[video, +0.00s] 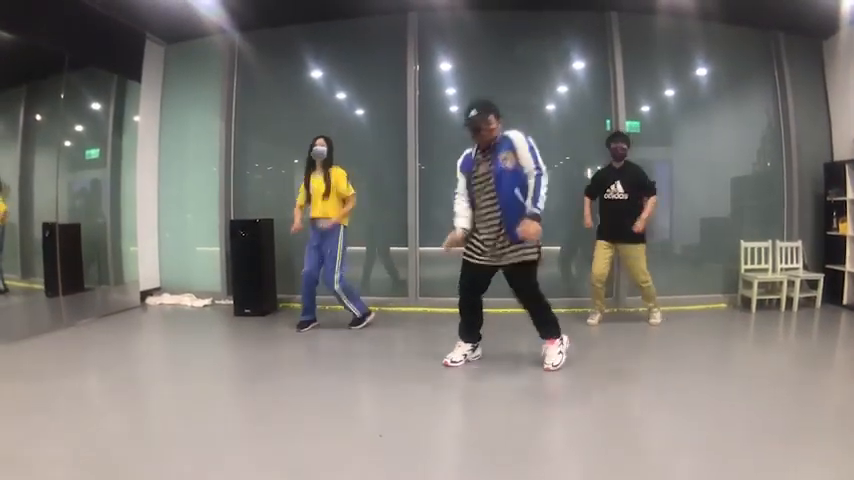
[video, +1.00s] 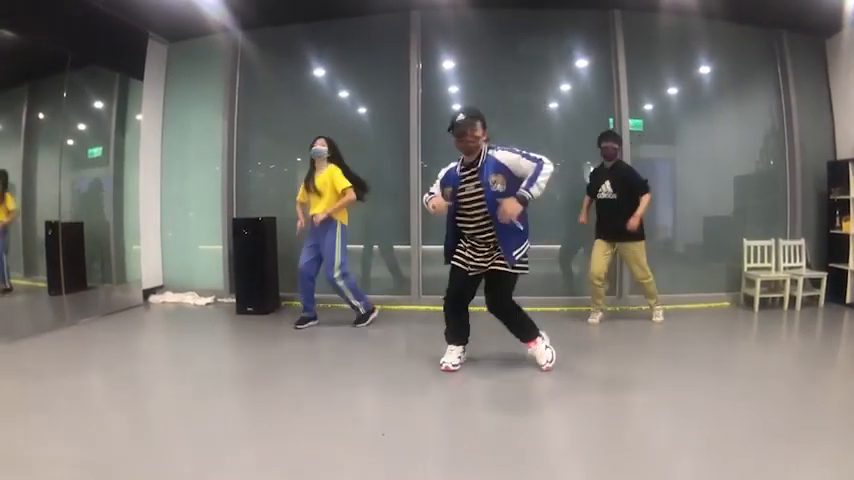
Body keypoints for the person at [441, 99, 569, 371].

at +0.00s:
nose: (483, 135)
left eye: (486, 128)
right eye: (477, 131)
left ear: (497, 122)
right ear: (470, 131)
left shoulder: (515, 140)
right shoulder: (467, 160)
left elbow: (538, 174)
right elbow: (462, 197)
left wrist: (534, 216)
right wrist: (460, 227)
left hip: (515, 237)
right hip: (481, 240)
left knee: (526, 290)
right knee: (468, 291)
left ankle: (554, 340)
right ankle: (469, 344)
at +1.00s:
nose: (468, 142)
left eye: (473, 136)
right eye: (461, 137)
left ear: (484, 135)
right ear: (454, 139)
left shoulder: (501, 159)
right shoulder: (450, 173)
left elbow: (544, 166)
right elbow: (431, 195)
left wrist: (520, 199)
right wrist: (433, 201)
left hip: (503, 246)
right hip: (468, 246)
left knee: (498, 302)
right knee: (455, 299)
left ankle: (535, 341)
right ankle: (455, 346)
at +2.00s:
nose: (482, 127)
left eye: (487, 120)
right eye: (476, 122)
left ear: (498, 122)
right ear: (468, 127)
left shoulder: (514, 143)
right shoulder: (461, 152)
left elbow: (548, 165)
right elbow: (448, 183)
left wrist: (539, 204)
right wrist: (442, 213)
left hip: (517, 230)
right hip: (480, 234)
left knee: (526, 286)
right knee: (470, 291)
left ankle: (561, 336)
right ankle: (469, 344)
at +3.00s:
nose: (556, 140)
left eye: (560, 134)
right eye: (549, 134)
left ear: (566, 135)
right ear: (534, 134)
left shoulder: (565, 175)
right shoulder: (513, 161)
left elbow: (566, 209)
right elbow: (497, 201)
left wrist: (564, 227)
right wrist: (487, 244)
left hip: (544, 252)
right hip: (509, 250)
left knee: (556, 301)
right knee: (493, 299)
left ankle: (553, 348)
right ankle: (476, 347)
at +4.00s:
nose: (509, 117)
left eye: (513, 111)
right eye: (501, 113)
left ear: (523, 113)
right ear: (492, 117)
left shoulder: (542, 148)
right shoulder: (480, 152)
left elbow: (569, 170)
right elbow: (461, 178)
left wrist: (564, 198)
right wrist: (458, 202)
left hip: (529, 238)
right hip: (489, 238)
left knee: (539, 294)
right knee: (480, 295)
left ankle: (549, 346)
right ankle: (472, 349)